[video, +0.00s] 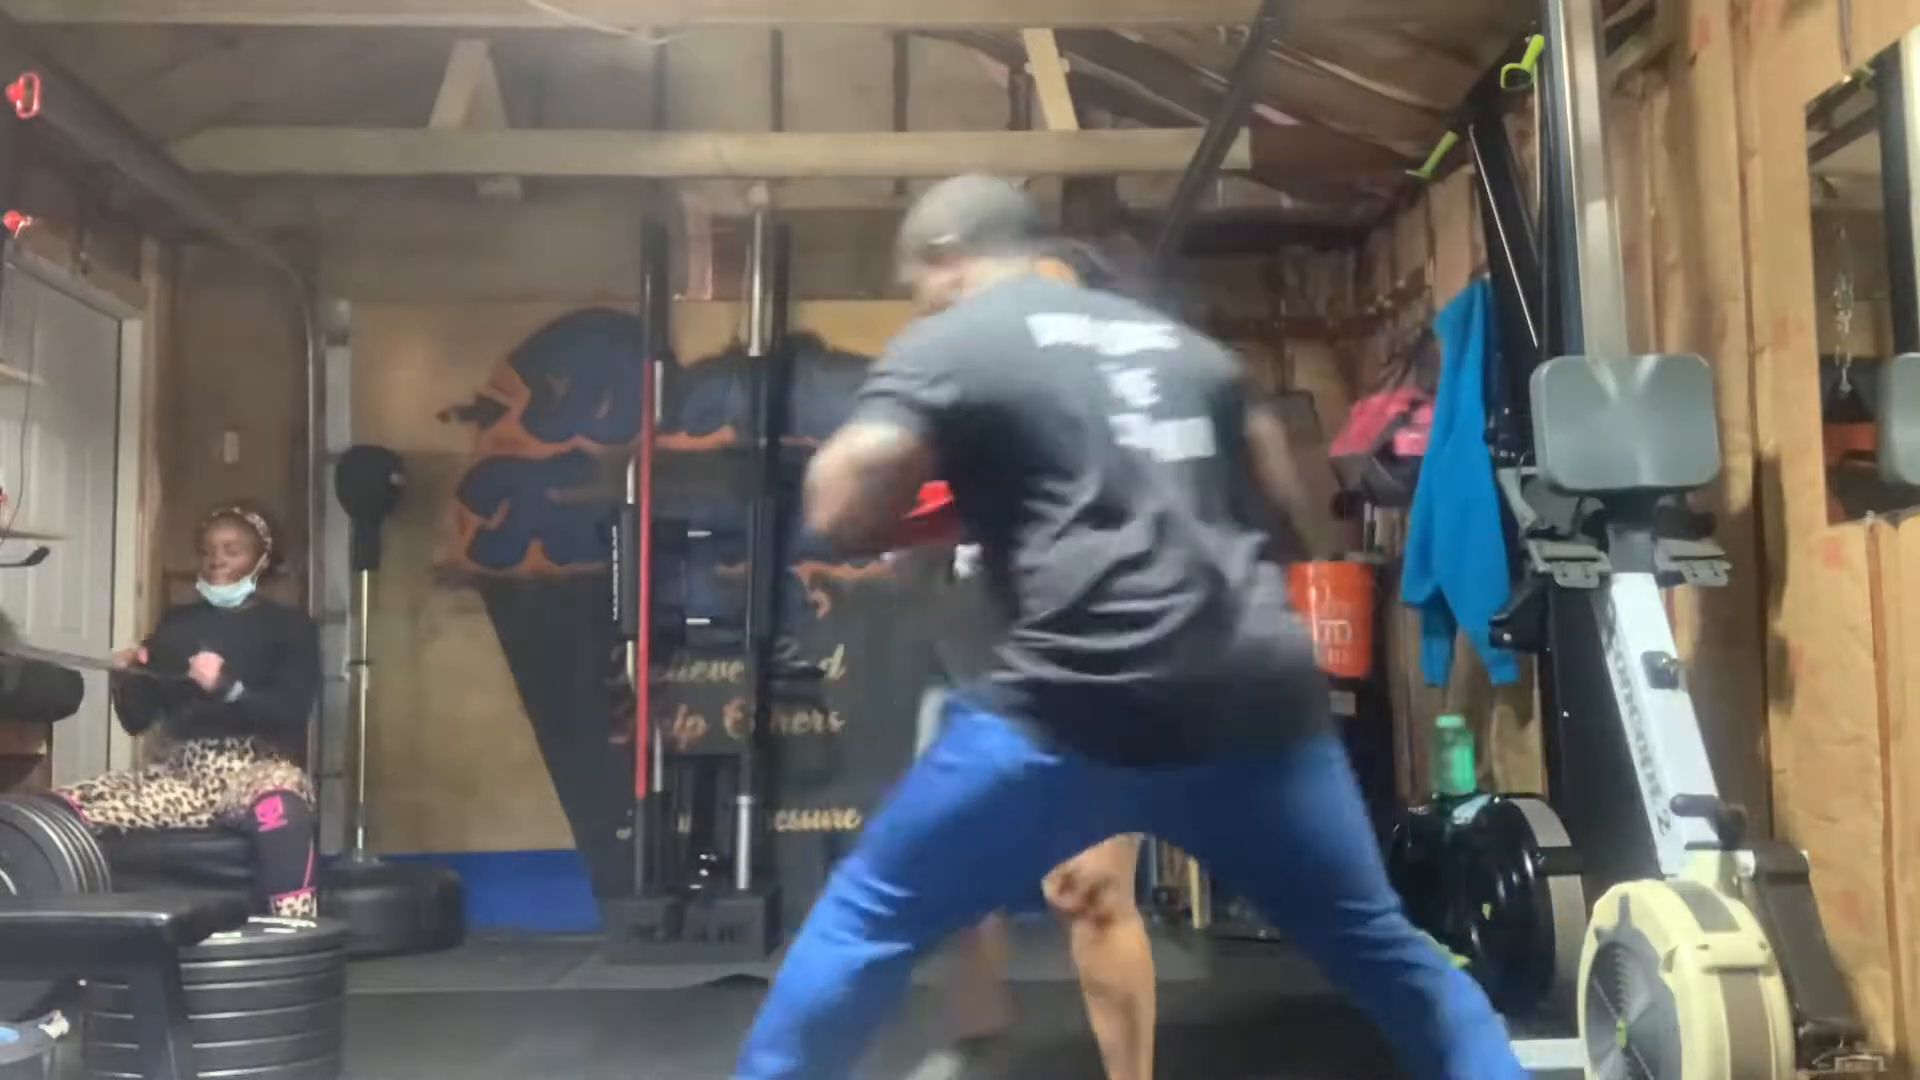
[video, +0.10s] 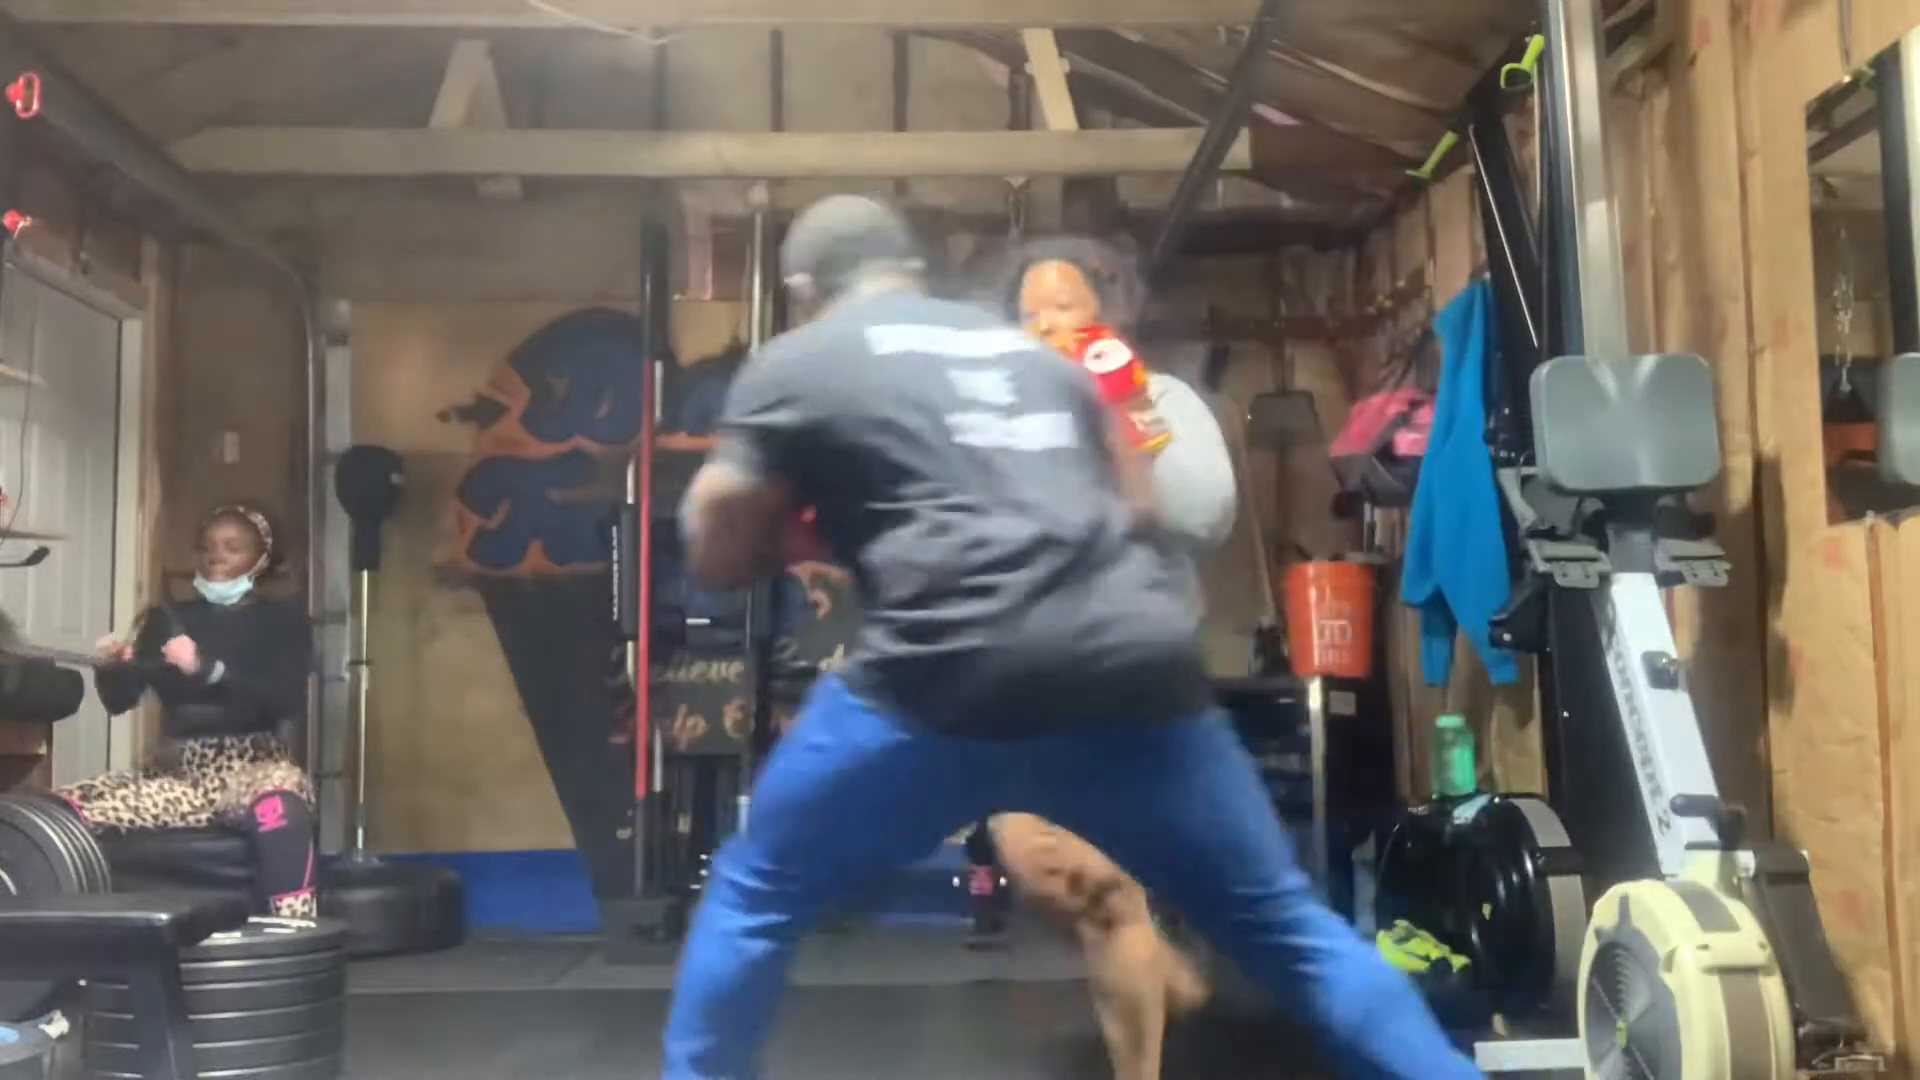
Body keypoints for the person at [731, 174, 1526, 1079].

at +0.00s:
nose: (916, 303)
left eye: (915, 287)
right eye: (912, 287)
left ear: (947, 265)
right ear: (1044, 251)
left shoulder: (947, 338)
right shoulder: (1187, 341)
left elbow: (841, 508)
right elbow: (1289, 505)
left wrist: (895, 538)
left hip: (1069, 704)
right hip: (1262, 707)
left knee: (869, 916)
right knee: (1378, 943)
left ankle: (770, 1071)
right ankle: (1503, 1073)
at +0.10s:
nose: (784, 311)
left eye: (786, 296)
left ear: (806, 287)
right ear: (920, 266)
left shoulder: (790, 367)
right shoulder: (1036, 350)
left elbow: (720, 556)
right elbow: (1136, 504)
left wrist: (794, 515)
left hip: (939, 673)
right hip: (1130, 665)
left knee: (758, 894)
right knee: (1284, 920)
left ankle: (696, 1069)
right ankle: (1449, 1073)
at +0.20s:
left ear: (719, 287)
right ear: (831, 268)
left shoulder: (679, 376)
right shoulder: (944, 342)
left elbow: (639, 573)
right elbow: (1031, 508)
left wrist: (713, 515)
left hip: (830, 658)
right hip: (1022, 649)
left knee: (672, 896)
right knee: (1152, 920)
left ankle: (665, 1072)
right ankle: (1285, 1071)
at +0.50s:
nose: (741, 221)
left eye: (736, 209)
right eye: (735, 206)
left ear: (618, 208)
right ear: (699, 195)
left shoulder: (527, 326)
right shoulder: (785, 274)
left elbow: (546, 491)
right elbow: (876, 461)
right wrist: (792, 542)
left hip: (558, 635)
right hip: (734, 629)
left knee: (627, 876)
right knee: (858, 914)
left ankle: (557, 1069)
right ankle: (808, 1071)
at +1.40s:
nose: (435, 91)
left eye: (439, 66)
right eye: (429, 56)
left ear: (342, 33)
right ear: (349, 25)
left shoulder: (319, 172)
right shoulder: (249, 126)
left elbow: (373, 337)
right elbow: (251, 323)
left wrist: (520, 286)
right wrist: (449, 407)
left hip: (286, 624)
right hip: (162, 612)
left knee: (370, 855)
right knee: (118, 941)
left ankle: (384, 1071)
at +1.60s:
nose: (393, 77)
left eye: (395, 51)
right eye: (383, 42)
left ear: (302, 23)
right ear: (304, 17)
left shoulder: (288, 173)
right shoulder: (200, 113)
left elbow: (270, 409)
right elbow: (173, 320)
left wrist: (419, 458)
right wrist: (394, 402)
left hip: (289, 611)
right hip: (167, 604)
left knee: (335, 887)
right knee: (122, 943)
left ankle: (234, 1074)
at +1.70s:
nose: (403, 81)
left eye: (404, 55)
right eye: (388, 45)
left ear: (301, 28)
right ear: (300, 21)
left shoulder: (293, 178)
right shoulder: (203, 119)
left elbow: (272, 430)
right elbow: (167, 321)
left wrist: (409, 507)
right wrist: (386, 410)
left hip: (299, 620)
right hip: (183, 615)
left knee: (304, 922)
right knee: (179, 940)